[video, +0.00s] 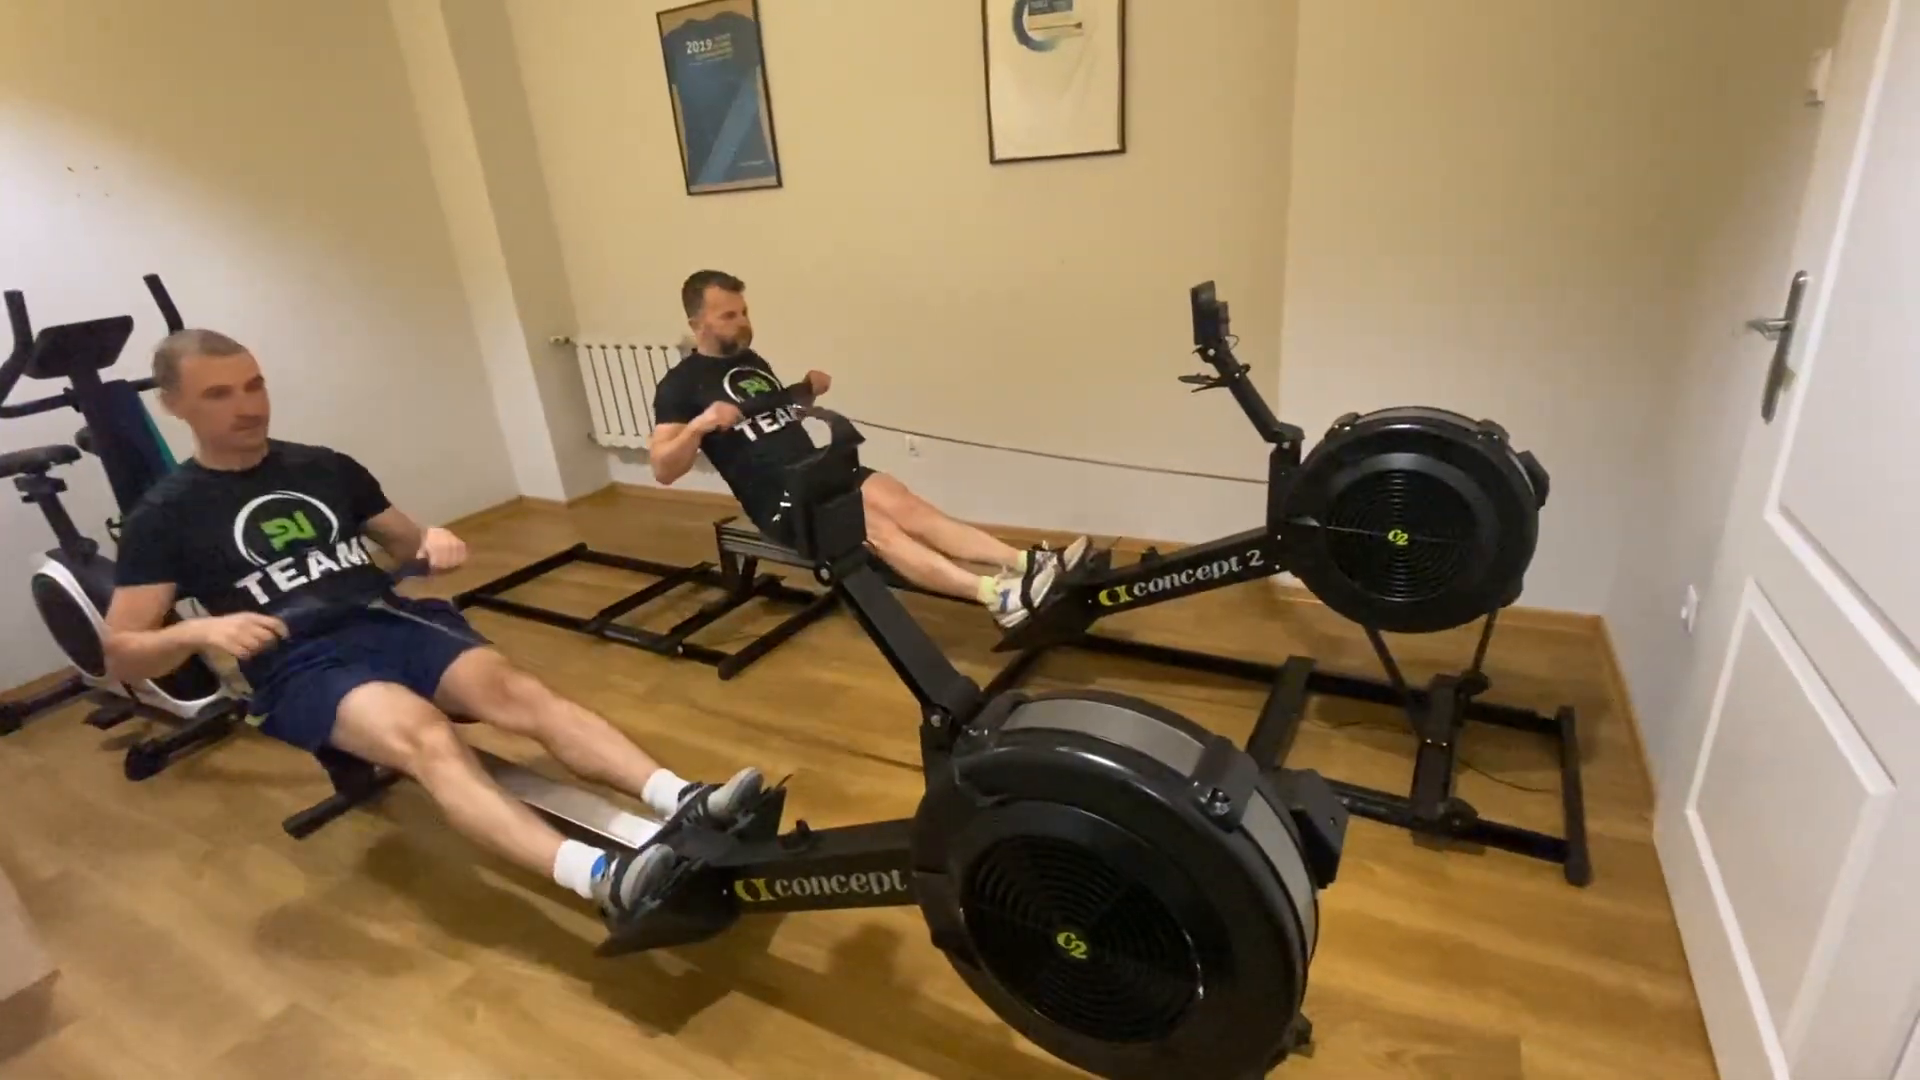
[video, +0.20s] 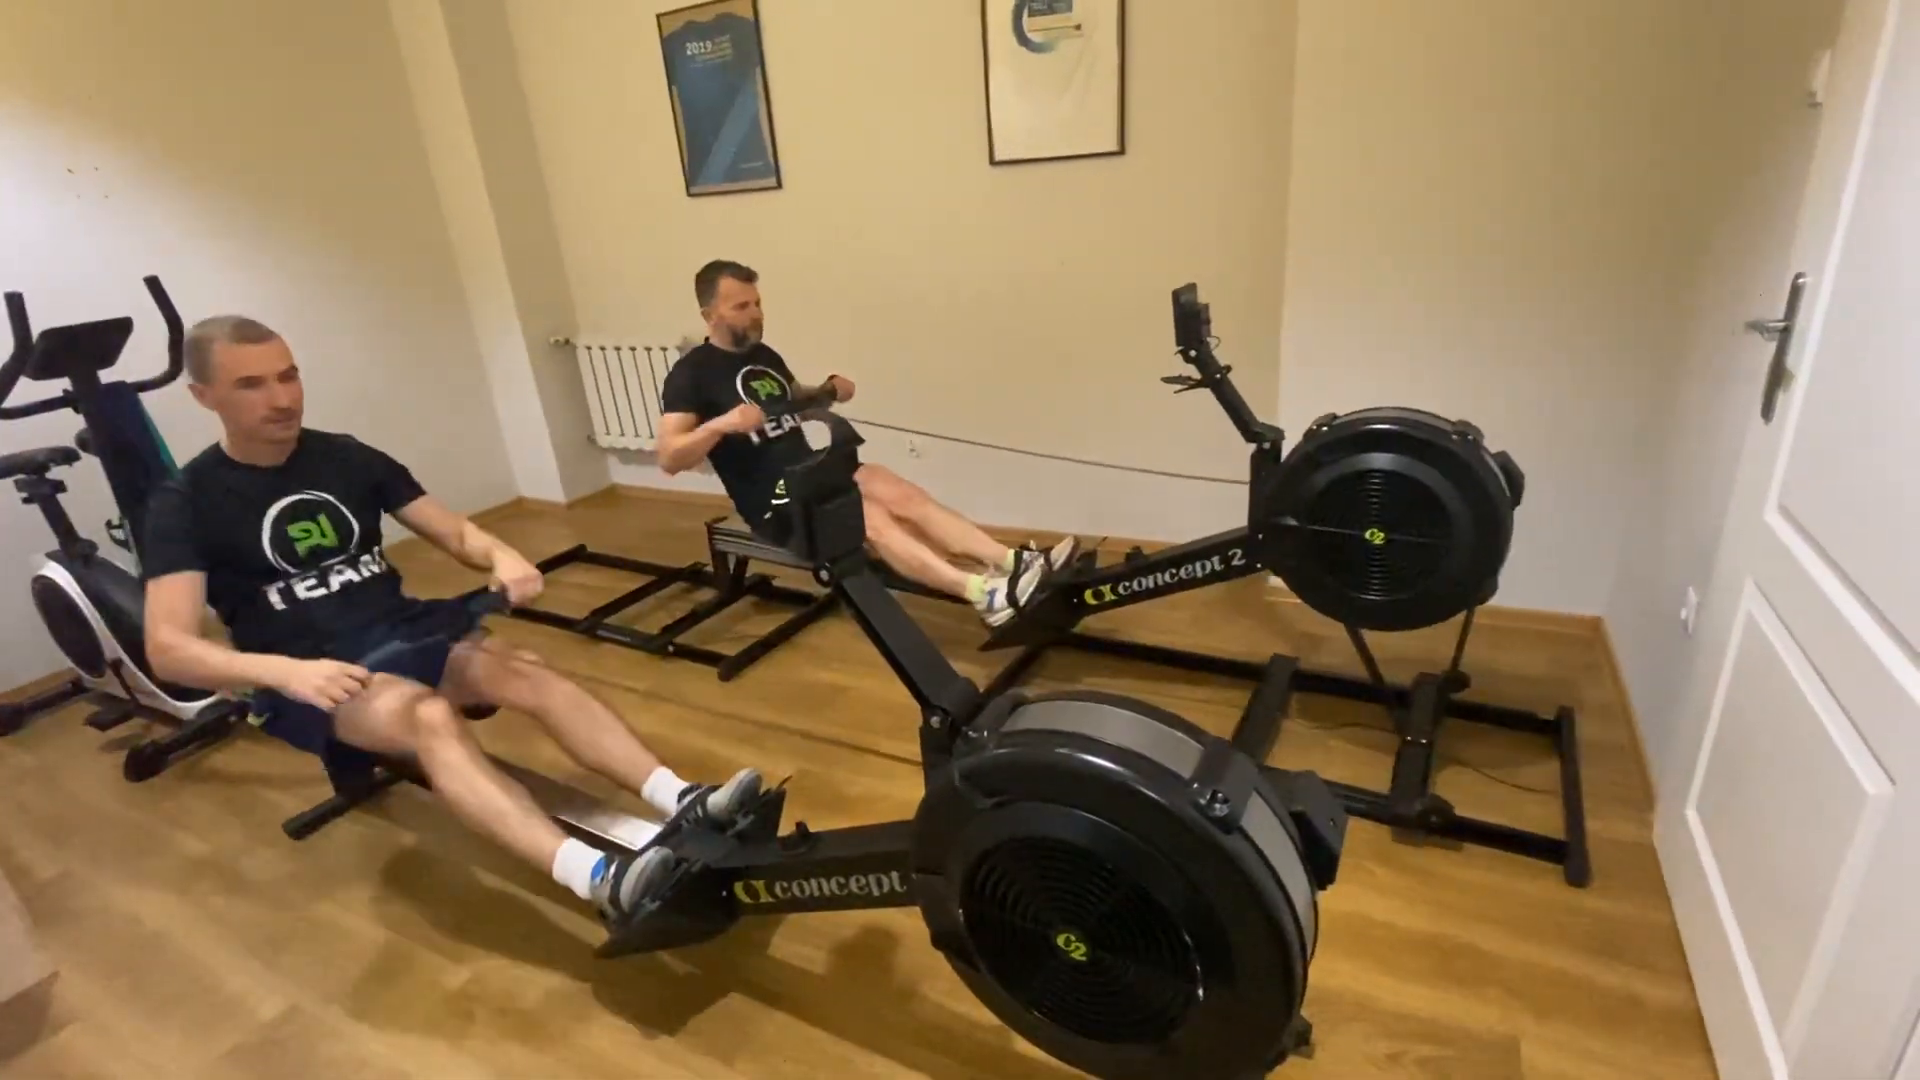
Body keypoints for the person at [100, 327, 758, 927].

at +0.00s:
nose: (247, 408)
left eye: (253, 387)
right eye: (220, 398)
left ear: (265, 382)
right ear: (177, 414)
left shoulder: (321, 467)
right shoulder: (164, 516)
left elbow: (409, 541)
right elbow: (122, 649)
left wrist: (432, 542)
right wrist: (198, 631)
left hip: (385, 619)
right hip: (296, 661)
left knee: (513, 688)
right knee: (426, 737)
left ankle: (686, 802)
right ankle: (607, 880)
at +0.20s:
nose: (280, 398)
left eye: (286, 377)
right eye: (253, 386)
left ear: (298, 371)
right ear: (206, 399)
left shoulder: (345, 458)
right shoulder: (186, 505)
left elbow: (455, 533)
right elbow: (168, 647)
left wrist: (502, 558)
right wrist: (284, 672)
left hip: (404, 633)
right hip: (310, 672)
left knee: (526, 674)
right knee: (429, 718)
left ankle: (683, 804)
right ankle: (599, 880)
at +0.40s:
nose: (327, 401)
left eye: (331, 379)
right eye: (298, 386)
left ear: (342, 376)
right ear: (244, 398)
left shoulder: (379, 457)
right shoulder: (224, 505)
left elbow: (496, 526)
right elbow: (229, 645)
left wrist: (564, 568)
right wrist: (345, 693)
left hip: (421, 624)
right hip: (332, 666)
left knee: (544, 641)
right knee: (432, 713)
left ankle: (682, 804)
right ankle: (599, 876)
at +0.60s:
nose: (392, 412)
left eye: (398, 389)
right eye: (363, 398)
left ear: (407, 385)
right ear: (306, 410)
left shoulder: (433, 465)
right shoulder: (277, 513)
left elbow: (556, 530)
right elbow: (297, 655)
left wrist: (639, 592)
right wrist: (436, 728)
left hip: (452, 641)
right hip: (354, 676)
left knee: (565, 612)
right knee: (432, 672)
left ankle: (683, 802)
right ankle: (601, 878)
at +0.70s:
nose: (426, 418)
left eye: (431, 395)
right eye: (397, 405)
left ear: (441, 390)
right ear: (339, 417)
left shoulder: (466, 471)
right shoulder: (305, 521)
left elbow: (591, 540)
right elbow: (343, 667)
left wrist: (683, 607)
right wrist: (485, 742)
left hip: (471, 655)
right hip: (375, 695)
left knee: (586, 598)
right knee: (434, 664)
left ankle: (683, 801)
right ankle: (604, 878)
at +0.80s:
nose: (468, 429)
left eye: (472, 405)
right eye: (438, 415)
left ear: (482, 398)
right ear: (377, 427)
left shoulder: (502, 478)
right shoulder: (341, 529)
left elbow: (632, 548)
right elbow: (393, 684)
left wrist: (731, 619)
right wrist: (542, 764)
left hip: (494, 663)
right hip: (393, 708)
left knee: (607, 591)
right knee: (449, 663)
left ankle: (686, 801)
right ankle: (606, 880)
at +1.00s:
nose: (530, 445)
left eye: (534, 420)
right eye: (500, 429)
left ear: (542, 416)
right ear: (438, 444)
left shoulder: (560, 494)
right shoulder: (402, 546)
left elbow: (693, 561)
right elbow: (465, 702)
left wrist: (805, 636)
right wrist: (622, 791)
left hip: (527, 686)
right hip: (431, 732)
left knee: (637, 591)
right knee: (472, 660)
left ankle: (683, 801)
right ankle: (607, 877)